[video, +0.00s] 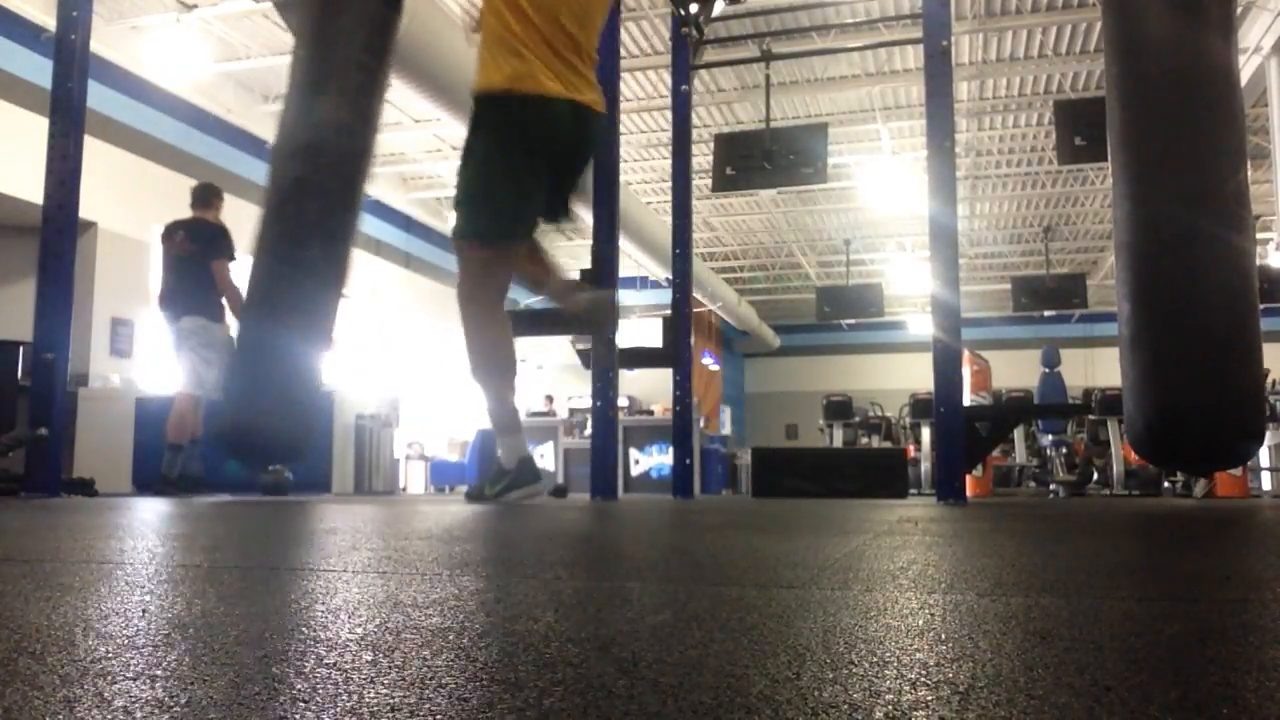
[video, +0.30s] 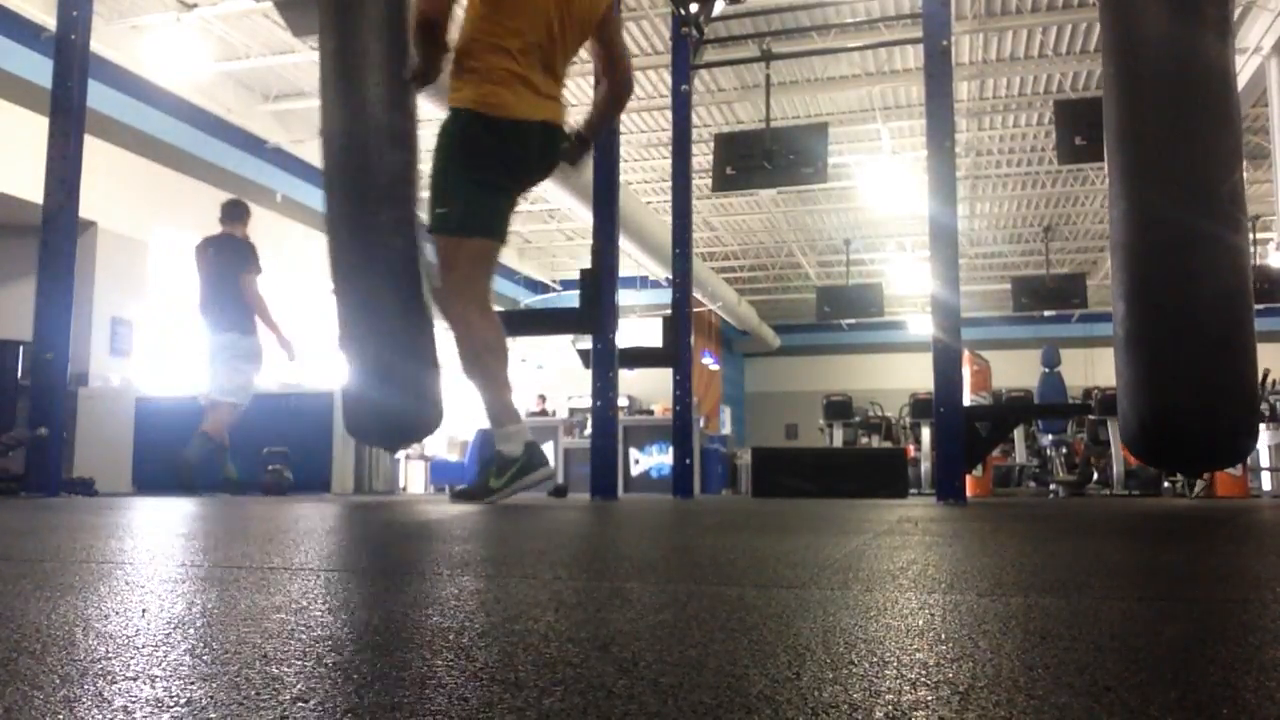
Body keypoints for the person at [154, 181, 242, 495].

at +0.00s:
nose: (220, 210)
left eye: (218, 205)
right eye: (220, 206)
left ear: (192, 203)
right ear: (217, 205)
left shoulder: (172, 229)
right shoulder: (216, 231)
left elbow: (165, 288)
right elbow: (224, 281)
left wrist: (174, 320)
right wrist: (245, 317)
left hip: (176, 311)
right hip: (202, 314)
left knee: (196, 392)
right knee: (190, 389)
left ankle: (191, 464)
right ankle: (171, 464)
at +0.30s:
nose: (245, 227)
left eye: (239, 221)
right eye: (246, 222)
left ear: (221, 219)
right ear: (245, 221)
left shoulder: (204, 246)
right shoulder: (244, 248)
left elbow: (206, 297)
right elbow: (250, 293)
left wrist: (216, 324)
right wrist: (279, 334)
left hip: (214, 331)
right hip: (238, 332)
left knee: (218, 399)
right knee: (232, 400)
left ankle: (226, 468)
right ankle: (194, 456)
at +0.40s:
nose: (256, 230)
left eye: (254, 225)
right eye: (256, 225)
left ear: (231, 223)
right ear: (253, 224)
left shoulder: (215, 249)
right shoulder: (251, 250)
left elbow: (214, 300)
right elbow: (257, 296)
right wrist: (283, 337)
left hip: (225, 338)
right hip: (250, 338)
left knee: (222, 402)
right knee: (260, 400)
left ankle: (223, 472)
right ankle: (221, 442)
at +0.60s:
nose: (275, 237)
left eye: (272, 231)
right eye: (276, 231)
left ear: (252, 229)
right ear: (275, 231)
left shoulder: (234, 253)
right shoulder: (270, 255)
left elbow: (231, 303)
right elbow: (267, 300)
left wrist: (241, 332)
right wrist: (279, 340)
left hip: (241, 334)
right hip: (264, 334)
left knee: (236, 398)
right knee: (284, 398)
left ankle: (230, 466)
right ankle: (277, 462)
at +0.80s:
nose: (297, 246)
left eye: (293, 241)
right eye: (298, 242)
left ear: (276, 238)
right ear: (297, 241)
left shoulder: (257, 264)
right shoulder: (293, 267)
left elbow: (253, 307)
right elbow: (288, 312)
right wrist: (296, 344)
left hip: (258, 346)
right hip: (284, 346)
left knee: (247, 407)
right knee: (296, 410)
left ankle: (234, 468)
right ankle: (300, 470)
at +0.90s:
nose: (307, 248)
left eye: (303, 242)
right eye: (309, 243)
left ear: (288, 241)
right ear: (309, 243)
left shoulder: (267, 267)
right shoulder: (306, 270)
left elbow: (263, 308)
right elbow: (303, 308)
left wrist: (266, 340)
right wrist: (307, 345)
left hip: (270, 349)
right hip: (299, 348)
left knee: (260, 407)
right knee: (305, 413)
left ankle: (240, 464)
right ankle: (304, 474)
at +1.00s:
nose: (317, 250)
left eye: (310, 244)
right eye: (318, 245)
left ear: (298, 243)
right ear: (320, 245)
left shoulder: (278, 269)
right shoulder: (317, 272)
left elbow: (271, 314)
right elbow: (317, 315)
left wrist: (277, 341)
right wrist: (324, 348)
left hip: (280, 348)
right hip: (308, 347)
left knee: (279, 405)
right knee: (309, 411)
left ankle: (255, 454)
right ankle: (307, 473)